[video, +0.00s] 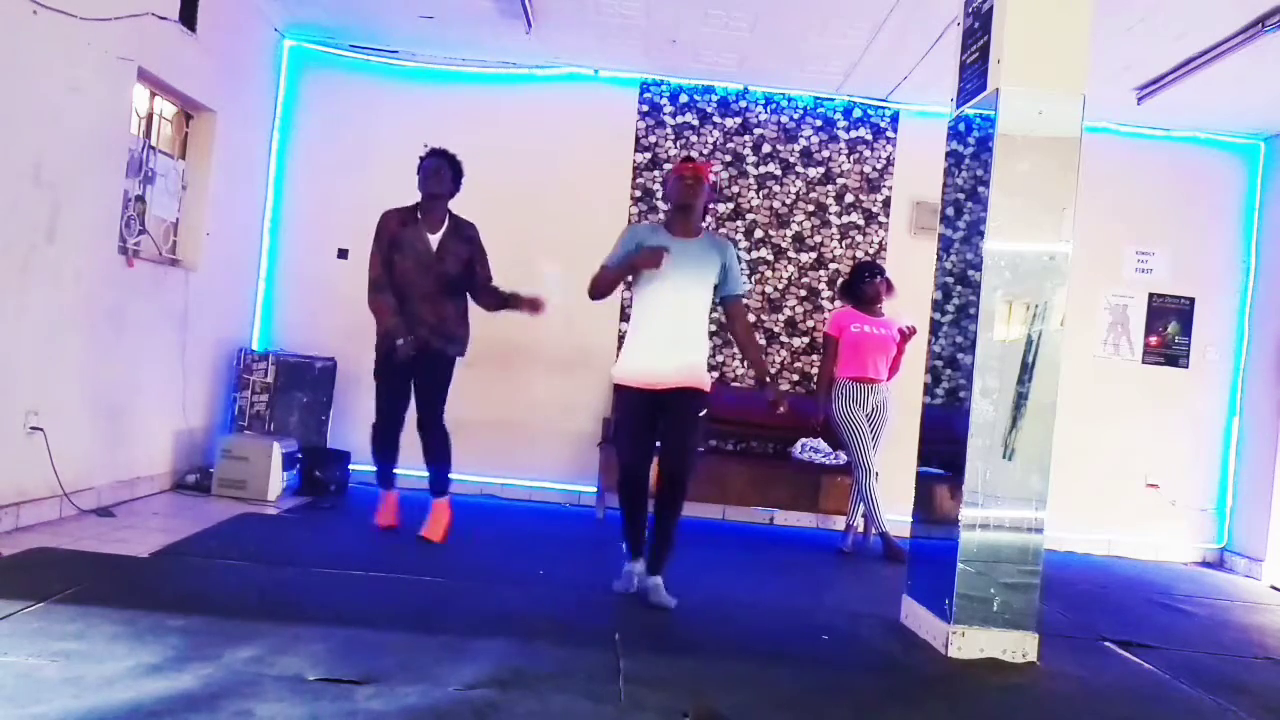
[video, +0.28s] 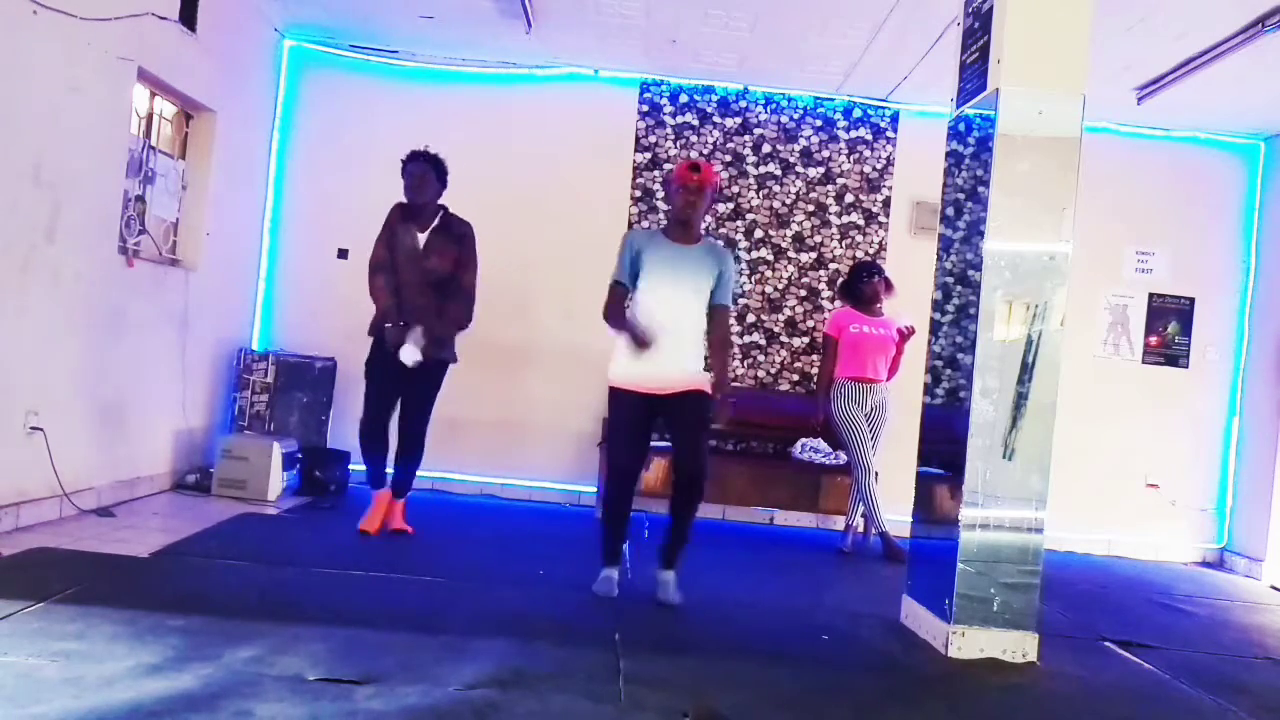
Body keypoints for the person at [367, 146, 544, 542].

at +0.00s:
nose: (428, 179)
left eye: (437, 174)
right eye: (424, 172)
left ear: (454, 183)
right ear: (417, 179)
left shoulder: (466, 234)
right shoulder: (393, 223)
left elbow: (482, 292)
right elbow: (377, 286)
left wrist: (516, 301)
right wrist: (396, 333)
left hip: (439, 343)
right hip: (395, 340)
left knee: (430, 420)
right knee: (388, 419)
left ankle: (440, 502)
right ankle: (386, 493)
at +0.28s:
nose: (413, 186)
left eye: (422, 179)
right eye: (408, 179)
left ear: (441, 185)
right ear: (403, 182)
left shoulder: (460, 232)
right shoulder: (396, 220)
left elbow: (464, 302)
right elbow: (379, 271)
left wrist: (429, 334)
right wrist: (390, 322)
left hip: (432, 348)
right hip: (389, 339)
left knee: (413, 426)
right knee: (373, 419)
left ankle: (398, 505)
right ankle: (379, 496)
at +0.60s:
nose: (414, 182)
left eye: (422, 175)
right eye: (408, 175)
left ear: (440, 184)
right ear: (401, 183)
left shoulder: (458, 224)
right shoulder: (390, 238)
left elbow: (491, 280)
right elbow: (364, 295)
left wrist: (464, 283)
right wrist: (386, 335)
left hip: (438, 346)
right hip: (393, 344)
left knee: (425, 427)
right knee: (383, 426)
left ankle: (437, 509)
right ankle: (375, 507)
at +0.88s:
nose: (425, 192)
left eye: (434, 187)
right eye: (421, 185)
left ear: (450, 195)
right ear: (413, 189)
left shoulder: (456, 236)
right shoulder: (389, 237)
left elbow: (474, 289)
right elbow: (379, 301)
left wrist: (491, 277)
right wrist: (395, 352)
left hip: (443, 349)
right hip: (400, 348)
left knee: (447, 415)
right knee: (406, 421)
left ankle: (416, 484)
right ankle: (410, 493)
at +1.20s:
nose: (406, 196)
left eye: (415, 190)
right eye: (402, 189)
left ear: (433, 193)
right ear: (396, 191)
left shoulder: (449, 244)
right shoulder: (385, 216)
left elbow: (446, 305)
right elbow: (366, 272)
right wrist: (376, 327)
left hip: (420, 346)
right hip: (377, 338)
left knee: (409, 421)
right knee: (366, 419)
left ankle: (400, 497)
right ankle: (342, 497)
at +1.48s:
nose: (394, 188)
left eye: (403, 181)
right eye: (389, 181)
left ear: (421, 185)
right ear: (383, 183)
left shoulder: (442, 228)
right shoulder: (375, 224)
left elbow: (445, 292)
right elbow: (357, 279)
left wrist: (398, 324)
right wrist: (370, 318)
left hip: (418, 348)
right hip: (375, 342)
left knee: (405, 423)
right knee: (357, 419)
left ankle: (409, 492)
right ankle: (335, 494)